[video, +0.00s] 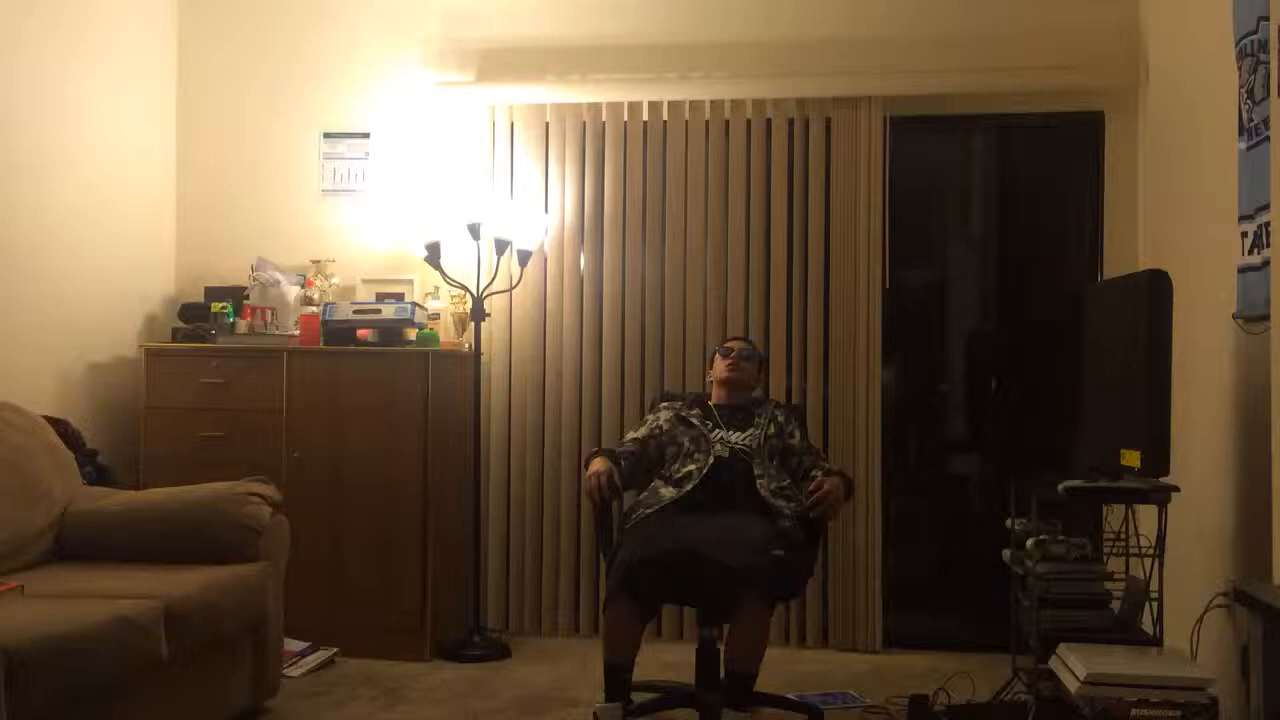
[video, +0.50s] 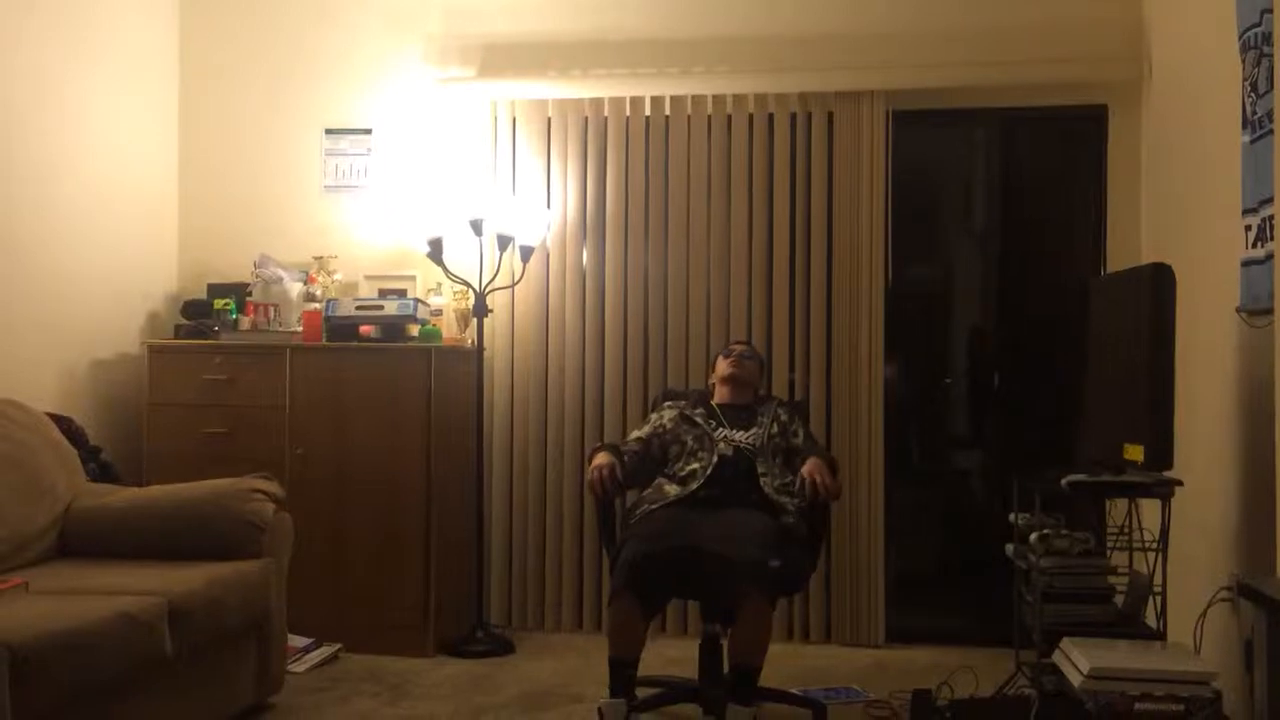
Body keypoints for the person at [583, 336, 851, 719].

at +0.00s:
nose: (734, 357)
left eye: (746, 354)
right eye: (725, 352)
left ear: (759, 375)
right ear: (710, 370)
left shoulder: (779, 420)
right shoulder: (675, 413)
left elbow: (812, 469)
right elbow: (633, 452)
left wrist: (837, 482)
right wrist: (600, 459)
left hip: (753, 522)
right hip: (674, 520)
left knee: (755, 593)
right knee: (630, 579)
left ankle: (736, 707)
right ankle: (615, 701)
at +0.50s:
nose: (738, 354)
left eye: (750, 354)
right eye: (728, 352)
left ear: (761, 380)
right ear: (712, 374)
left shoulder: (781, 416)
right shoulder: (678, 411)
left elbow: (810, 451)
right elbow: (637, 449)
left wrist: (815, 460)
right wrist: (606, 454)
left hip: (752, 513)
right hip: (676, 510)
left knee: (756, 583)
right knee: (635, 570)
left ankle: (741, 706)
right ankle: (619, 699)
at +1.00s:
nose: (741, 350)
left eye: (753, 352)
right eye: (732, 349)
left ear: (762, 378)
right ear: (713, 372)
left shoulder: (782, 415)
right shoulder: (678, 409)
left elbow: (813, 457)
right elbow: (636, 447)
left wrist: (835, 465)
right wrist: (606, 450)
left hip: (751, 511)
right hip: (676, 507)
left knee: (758, 579)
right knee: (637, 569)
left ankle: (744, 703)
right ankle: (621, 697)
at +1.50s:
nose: (748, 354)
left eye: (759, 355)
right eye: (739, 350)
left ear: (767, 382)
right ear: (717, 369)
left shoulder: (784, 416)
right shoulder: (679, 408)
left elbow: (819, 465)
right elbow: (637, 449)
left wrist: (842, 483)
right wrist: (603, 453)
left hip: (752, 511)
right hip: (676, 507)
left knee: (758, 584)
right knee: (634, 575)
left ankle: (744, 703)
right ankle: (620, 697)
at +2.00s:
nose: (748, 359)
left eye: (759, 358)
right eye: (739, 350)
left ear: (766, 377)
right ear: (717, 363)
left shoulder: (782, 412)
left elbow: (815, 457)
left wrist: (835, 465)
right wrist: (648, 424)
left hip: (751, 510)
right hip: (676, 506)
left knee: (758, 582)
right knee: (634, 574)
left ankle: (743, 703)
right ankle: (620, 695)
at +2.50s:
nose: (733, 355)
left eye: (743, 350)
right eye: (721, 349)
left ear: (758, 366)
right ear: (706, 362)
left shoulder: (780, 409)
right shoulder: (686, 399)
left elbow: (816, 455)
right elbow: (658, 389)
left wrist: (835, 469)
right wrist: (709, 365)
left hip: (753, 508)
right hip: (678, 505)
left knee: (759, 580)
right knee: (636, 571)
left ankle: (744, 703)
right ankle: (620, 695)